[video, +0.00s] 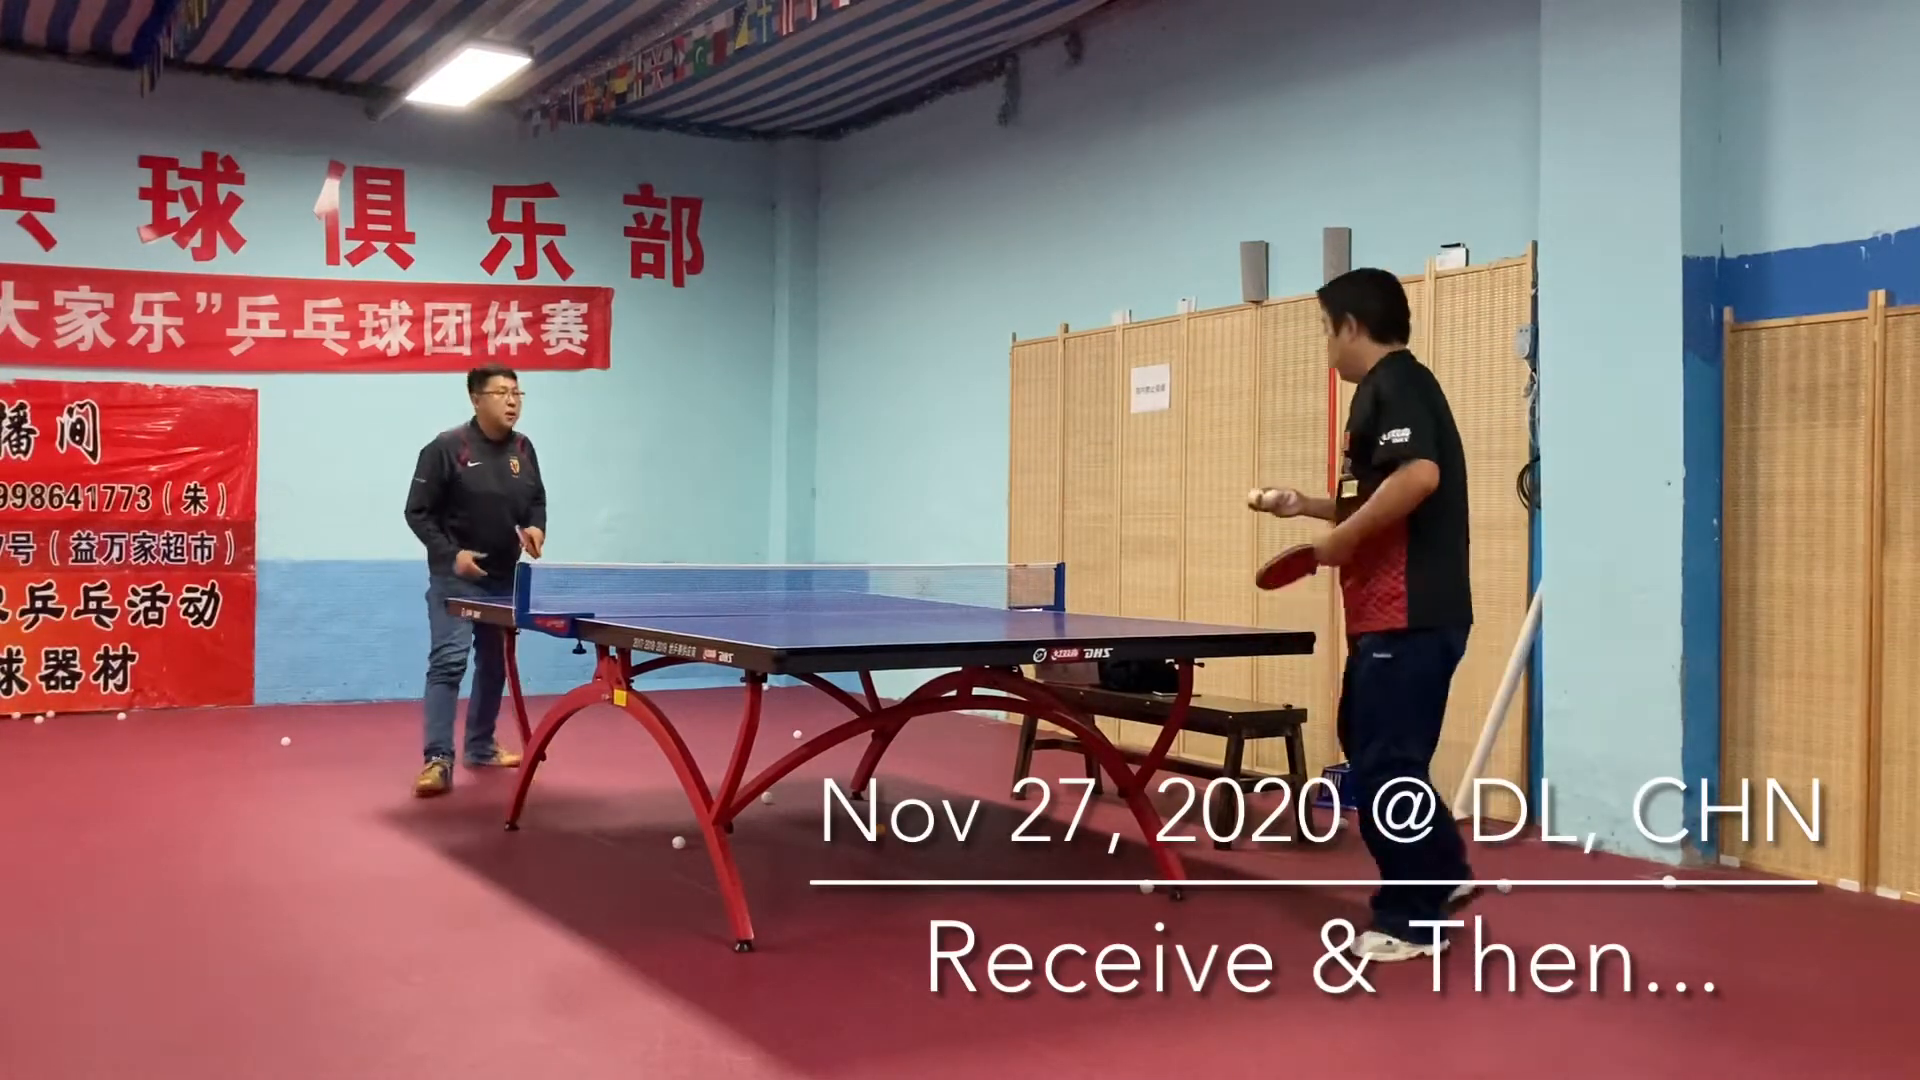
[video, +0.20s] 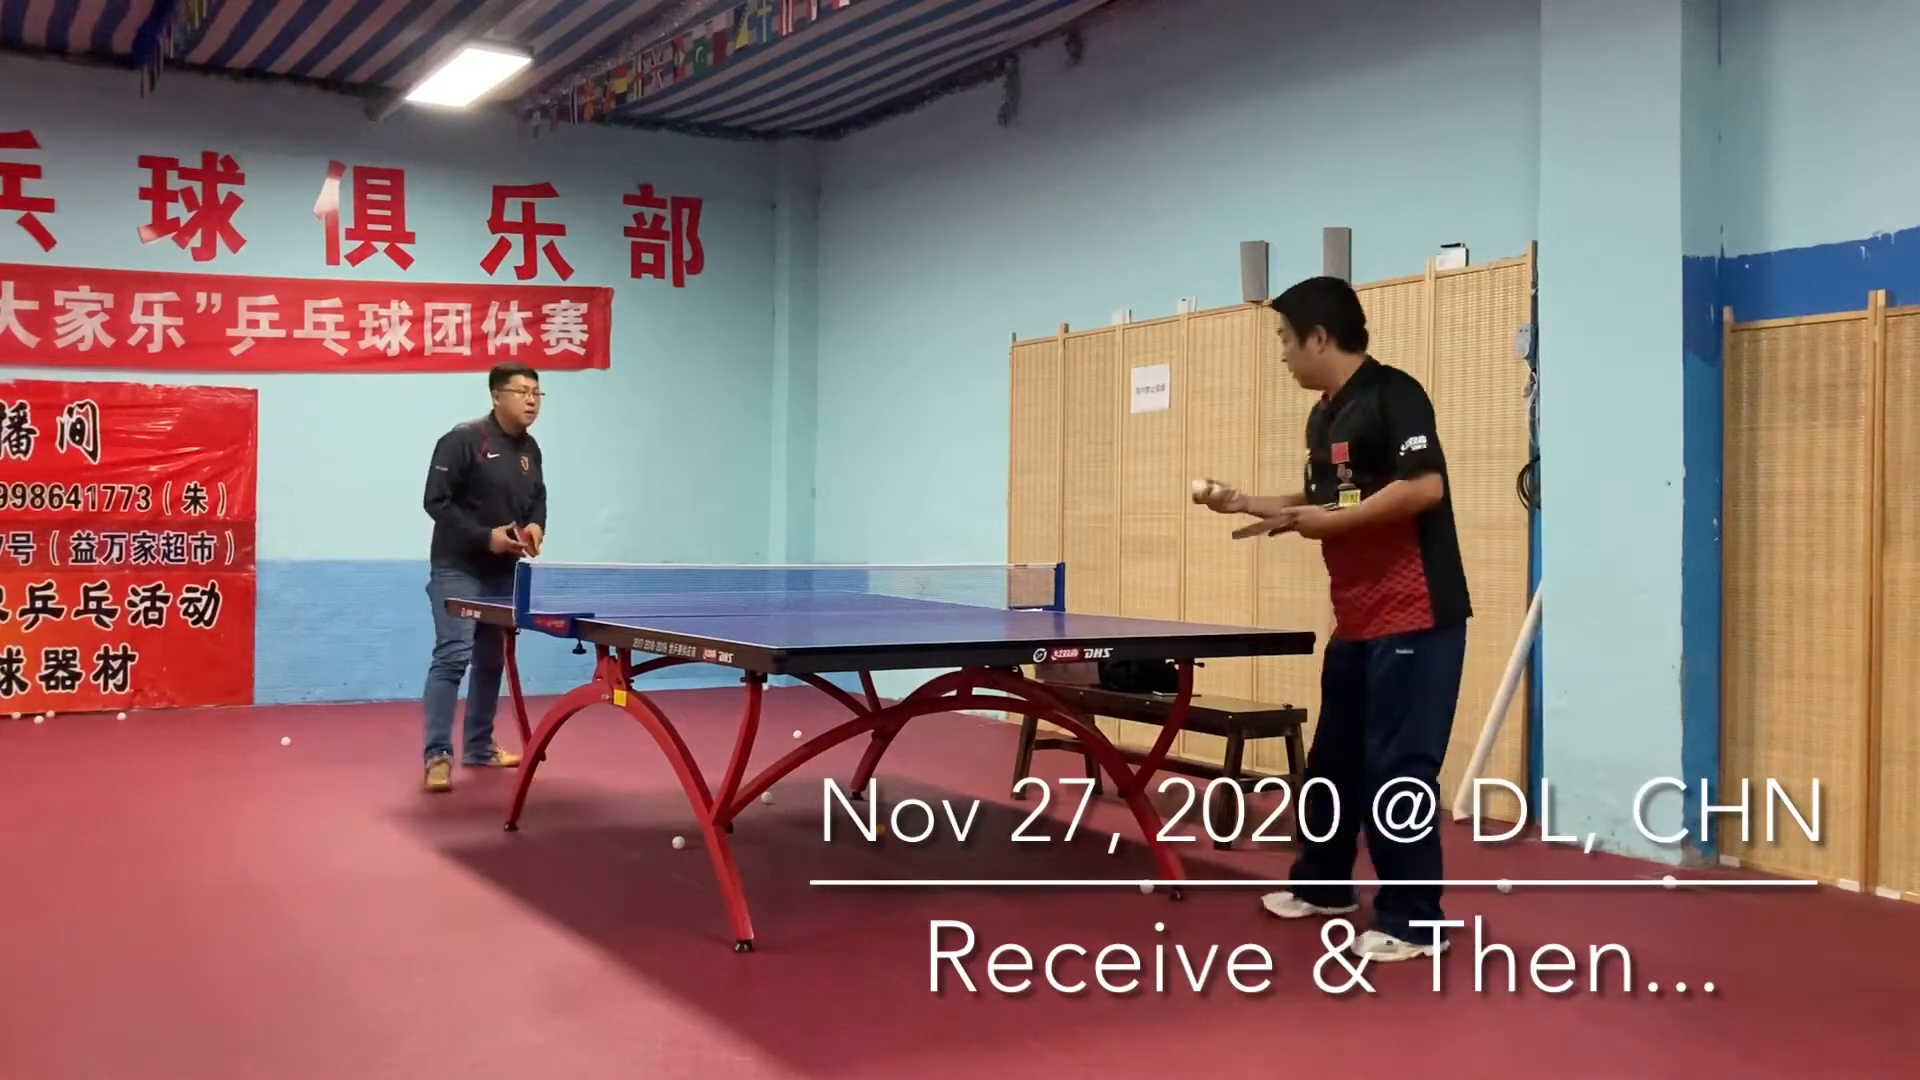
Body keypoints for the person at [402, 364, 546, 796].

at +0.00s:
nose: (513, 401)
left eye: (517, 394)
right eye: (502, 394)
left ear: (520, 400)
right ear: (477, 399)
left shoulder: (523, 448)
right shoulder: (444, 449)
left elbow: (536, 500)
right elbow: (417, 512)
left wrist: (534, 527)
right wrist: (452, 554)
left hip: (503, 578)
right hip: (454, 577)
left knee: (493, 665)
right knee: (449, 661)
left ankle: (480, 747)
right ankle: (437, 758)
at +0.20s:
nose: (532, 401)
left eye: (536, 394)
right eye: (523, 393)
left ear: (538, 400)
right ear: (497, 397)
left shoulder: (530, 449)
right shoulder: (461, 440)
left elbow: (537, 502)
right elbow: (435, 502)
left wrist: (534, 524)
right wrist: (486, 536)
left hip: (500, 571)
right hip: (456, 569)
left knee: (489, 662)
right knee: (452, 657)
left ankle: (479, 748)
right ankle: (437, 755)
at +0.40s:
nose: (535, 405)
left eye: (539, 398)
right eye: (526, 396)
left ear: (542, 404)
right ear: (501, 399)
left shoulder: (532, 452)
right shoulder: (465, 439)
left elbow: (539, 502)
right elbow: (436, 503)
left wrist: (528, 533)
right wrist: (488, 538)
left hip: (498, 570)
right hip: (452, 565)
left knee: (490, 659)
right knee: (444, 650)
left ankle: (479, 747)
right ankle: (421, 749)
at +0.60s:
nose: (524, 414)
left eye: (528, 406)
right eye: (515, 405)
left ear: (531, 412)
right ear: (489, 407)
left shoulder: (526, 457)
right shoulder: (448, 450)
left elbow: (535, 507)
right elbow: (418, 510)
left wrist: (524, 542)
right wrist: (465, 549)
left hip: (491, 577)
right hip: (440, 574)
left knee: (486, 663)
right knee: (432, 659)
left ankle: (478, 749)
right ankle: (419, 756)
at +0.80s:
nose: (509, 427)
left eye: (514, 419)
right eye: (499, 419)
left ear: (518, 422)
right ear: (473, 420)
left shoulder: (516, 459)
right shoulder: (433, 458)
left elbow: (521, 511)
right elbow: (400, 518)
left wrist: (514, 551)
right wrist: (439, 558)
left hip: (484, 574)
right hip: (429, 573)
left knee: (493, 658)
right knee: (427, 659)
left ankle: (482, 739)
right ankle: (421, 757)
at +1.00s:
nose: (510, 426)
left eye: (515, 418)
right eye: (500, 418)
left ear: (519, 420)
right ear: (474, 419)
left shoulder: (517, 456)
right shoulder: (434, 456)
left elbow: (521, 510)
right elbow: (401, 517)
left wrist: (511, 547)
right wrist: (443, 554)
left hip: (486, 571)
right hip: (429, 570)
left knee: (508, 648)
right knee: (427, 658)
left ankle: (504, 747)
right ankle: (422, 758)